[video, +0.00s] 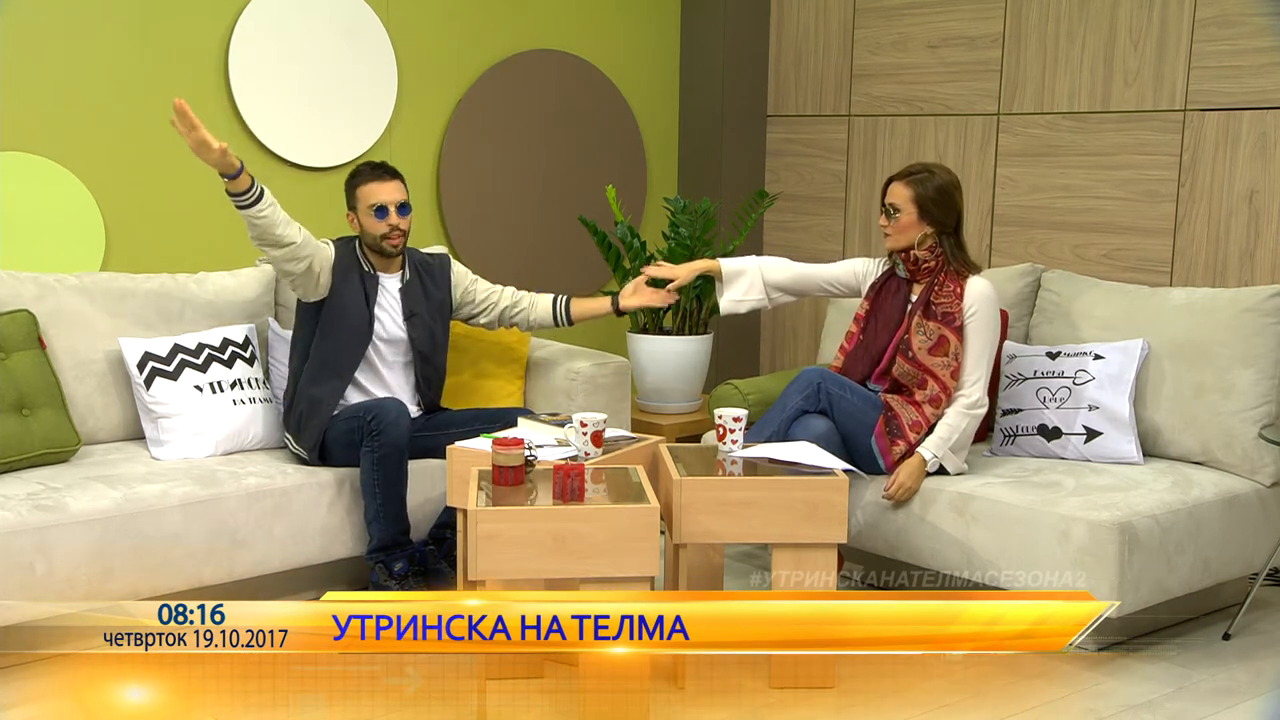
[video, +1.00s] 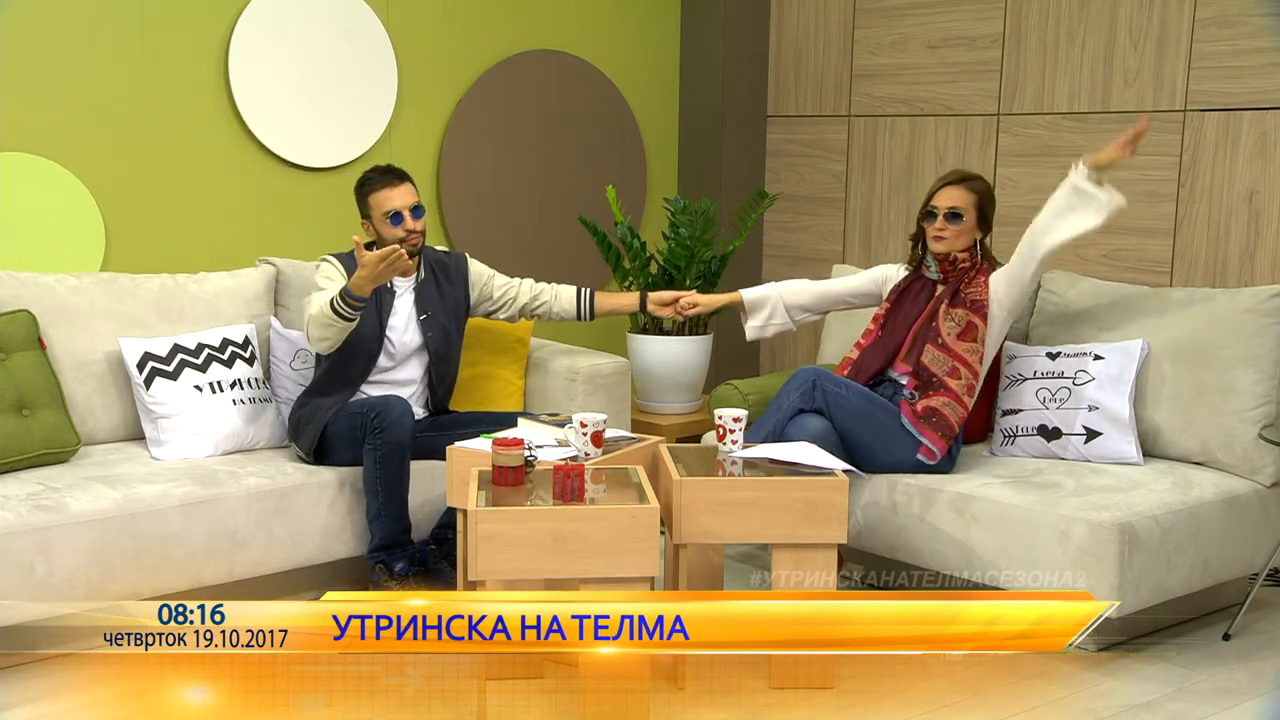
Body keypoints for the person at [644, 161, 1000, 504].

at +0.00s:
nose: (883, 222)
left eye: (895, 213)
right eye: (885, 211)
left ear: (932, 221)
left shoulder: (974, 293)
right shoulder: (880, 273)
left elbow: (971, 398)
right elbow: (793, 275)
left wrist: (922, 460)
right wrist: (702, 266)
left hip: (915, 440)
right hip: (861, 423)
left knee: (816, 379)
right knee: (811, 429)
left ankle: (727, 468)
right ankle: (802, 571)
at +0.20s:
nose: (883, 221)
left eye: (895, 212)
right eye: (885, 211)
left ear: (932, 220)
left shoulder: (974, 292)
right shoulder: (880, 274)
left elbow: (971, 397)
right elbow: (794, 278)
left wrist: (922, 459)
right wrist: (702, 273)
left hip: (916, 440)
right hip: (862, 424)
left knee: (816, 379)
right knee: (811, 429)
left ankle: (726, 467)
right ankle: (806, 571)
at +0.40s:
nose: (888, 220)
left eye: (900, 211)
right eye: (889, 211)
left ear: (937, 219)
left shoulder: (978, 291)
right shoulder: (884, 273)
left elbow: (971, 394)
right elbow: (801, 279)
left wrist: (924, 457)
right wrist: (710, 274)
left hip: (919, 439)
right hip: (864, 422)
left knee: (812, 381)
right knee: (810, 431)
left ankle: (730, 473)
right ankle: (810, 571)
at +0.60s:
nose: (908, 221)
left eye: (922, 213)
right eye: (906, 212)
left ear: (957, 225)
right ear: (902, 215)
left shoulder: (987, 296)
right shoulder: (889, 274)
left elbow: (982, 387)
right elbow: (806, 287)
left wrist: (936, 453)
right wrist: (714, 291)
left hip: (914, 436)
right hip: (859, 420)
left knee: (812, 381)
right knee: (809, 431)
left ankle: (729, 470)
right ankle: (809, 570)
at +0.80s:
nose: (927, 223)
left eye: (943, 216)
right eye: (922, 213)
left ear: (972, 227)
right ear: (914, 219)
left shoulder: (991, 294)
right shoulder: (897, 279)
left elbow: (1032, 316)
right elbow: (811, 295)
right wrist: (716, 302)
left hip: (926, 440)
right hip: (868, 423)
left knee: (812, 380)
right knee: (809, 429)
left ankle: (732, 475)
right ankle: (804, 571)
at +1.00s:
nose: (939, 226)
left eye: (954, 217)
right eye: (933, 216)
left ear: (981, 229)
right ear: (923, 224)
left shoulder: (996, 293)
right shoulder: (900, 280)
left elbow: (1040, 241)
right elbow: (816, 292)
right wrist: (723, 300)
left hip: (923, 436)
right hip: (865, 418)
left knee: (812, 380)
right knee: (800, 430)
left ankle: (739, 459)